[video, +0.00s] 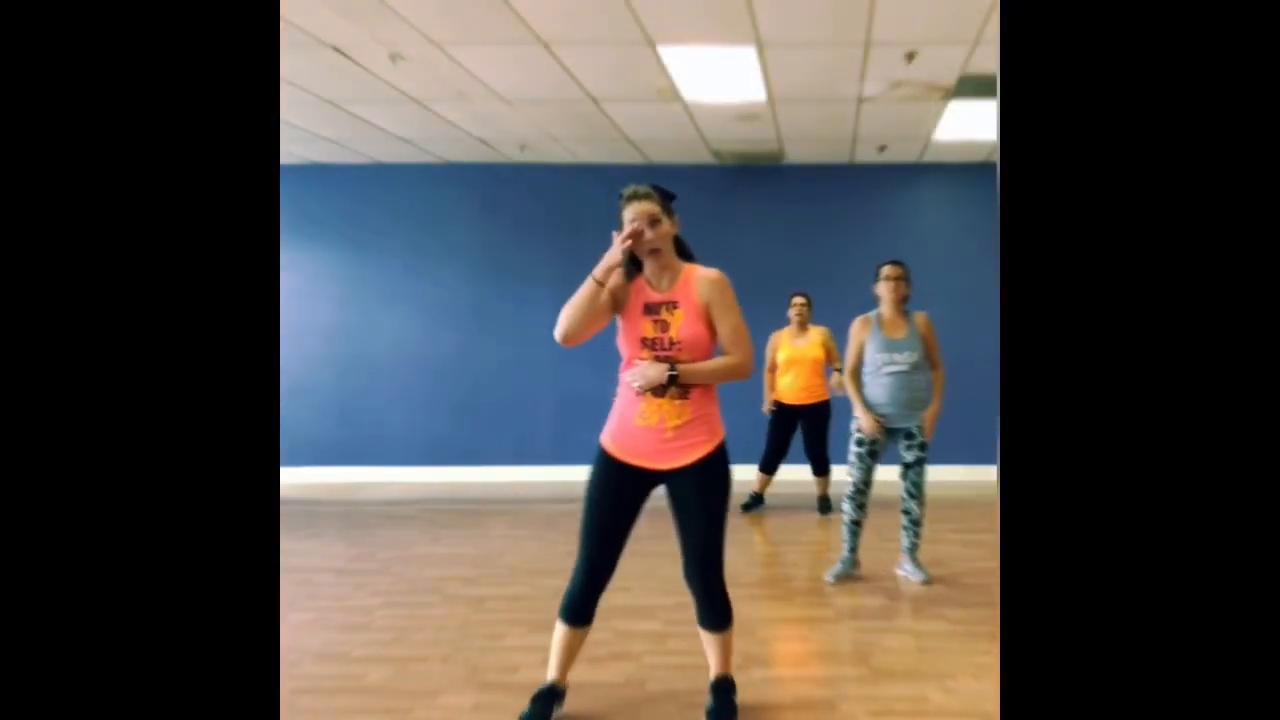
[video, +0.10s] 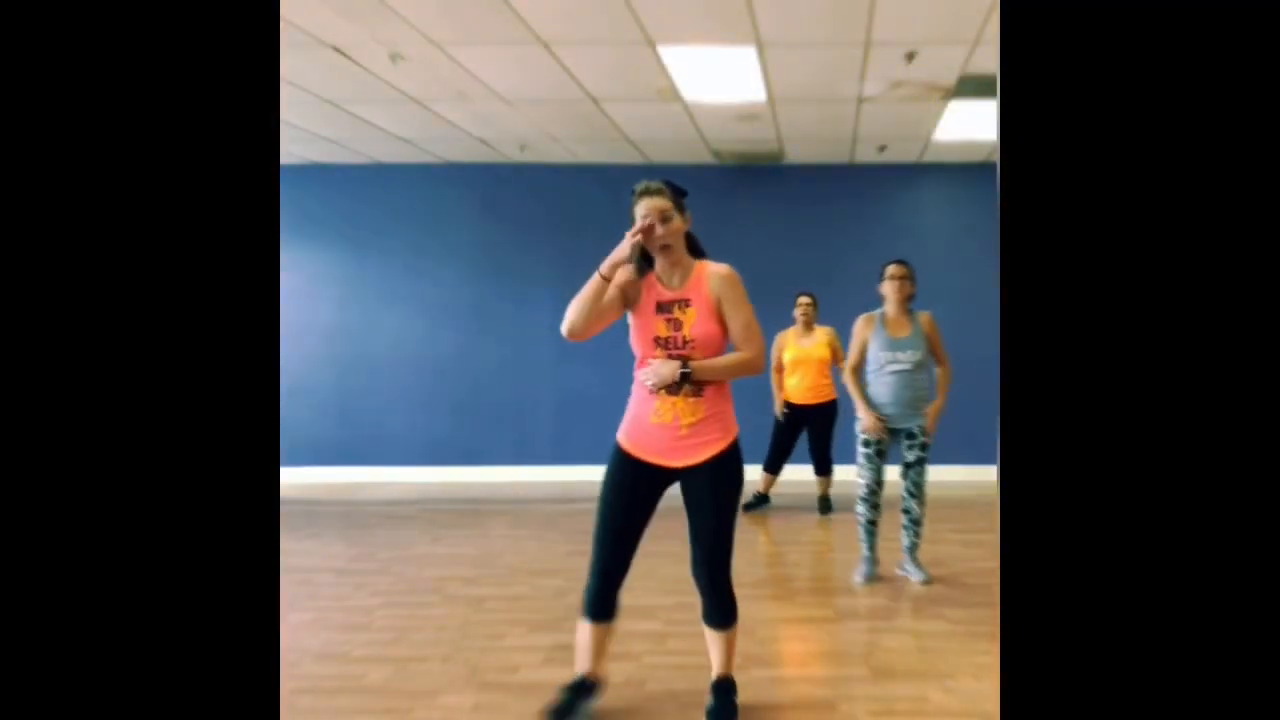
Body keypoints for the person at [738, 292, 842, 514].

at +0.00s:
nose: (798, 310)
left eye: (803, 306)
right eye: (795, 306)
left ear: (810, 311)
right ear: (788, 311)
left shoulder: (822, 335)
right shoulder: (777, 338)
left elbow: (836, 361)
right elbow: (769, 369)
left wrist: (836, 374)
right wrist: (768, 396)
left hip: (815, 400)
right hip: (785, 401)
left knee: (817, 453)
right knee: (773, 451)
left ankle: (823, 495)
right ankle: (757, 494)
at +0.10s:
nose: (804, 309)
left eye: (808, 306)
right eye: (800, 306)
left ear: (815, 311)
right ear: (794, 310)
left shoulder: (828, 335)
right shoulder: (783, 338)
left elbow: (842, 362)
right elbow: (776, 369)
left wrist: (852, 384)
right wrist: (778, 397)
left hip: (822, 401)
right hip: (792, 401)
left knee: (820, 453)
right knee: (777, 450)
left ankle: (824, 495)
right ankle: (762, 493)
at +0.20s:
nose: (808, 308)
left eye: (812, 305)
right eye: (804, 305)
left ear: (819, 310)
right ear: (798, 310)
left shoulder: (832, 334)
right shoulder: (788, 337)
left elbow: (847, 361)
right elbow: (780, 368)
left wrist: (857, 387)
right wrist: (781, 396)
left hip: (826, 400)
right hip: (796, 400)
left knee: (823, 452)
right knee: (780, 447)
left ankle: (824, 495)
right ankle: (769, 491)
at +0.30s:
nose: (811, 308)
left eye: (816, 303)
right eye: (808, 304)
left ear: (823, 308)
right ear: (801, 309)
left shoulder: (835, 333)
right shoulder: (790, 336)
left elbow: (848, 361)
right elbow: (782, 368)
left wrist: (860, 383)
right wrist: (781, 395)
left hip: (828, 398)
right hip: (798, 398)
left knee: (824, 450)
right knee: (784, 447)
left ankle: (824, 494)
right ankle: (777, 491)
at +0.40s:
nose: (814, 307)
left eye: (818, 303)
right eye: (810, 303)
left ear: (825, 308)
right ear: (804, 309)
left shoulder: (837, 334)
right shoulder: (793, 334)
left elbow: (847, 362)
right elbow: (781, 364)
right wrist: (775, 392)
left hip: (828, 397)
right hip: (798, 397)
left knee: (825, 451)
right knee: (791, 448)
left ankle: (824, 494)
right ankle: (786, 492)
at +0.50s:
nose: (815, 307)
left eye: (819, 303)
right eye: (811, 303)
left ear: (826, 309)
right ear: (805, 309)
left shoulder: (837, 334)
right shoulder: (793, 334)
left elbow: (846, 365)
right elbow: (779, 361)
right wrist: (766, 385)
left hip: (829, 398)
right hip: (798, 398)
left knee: (825, 451)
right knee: (793, 448)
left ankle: (824, 495)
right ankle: (788, 493)